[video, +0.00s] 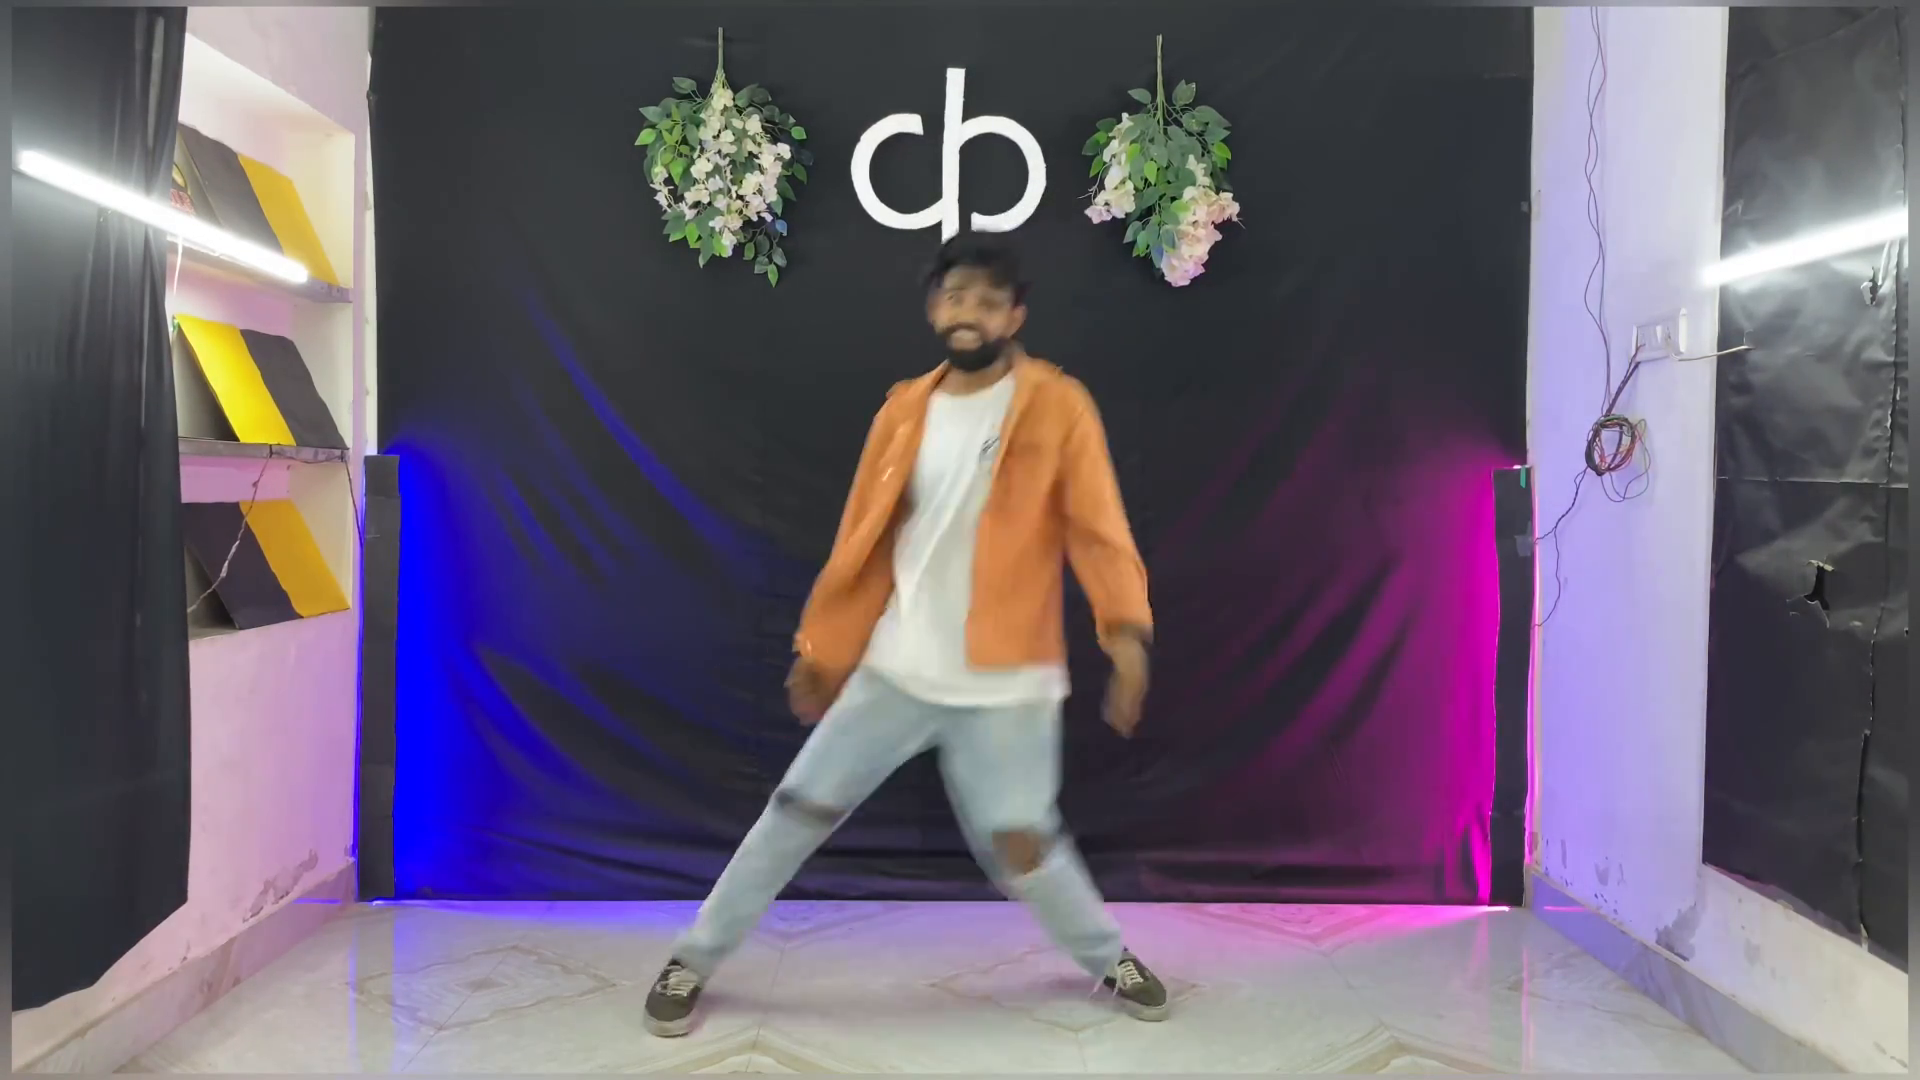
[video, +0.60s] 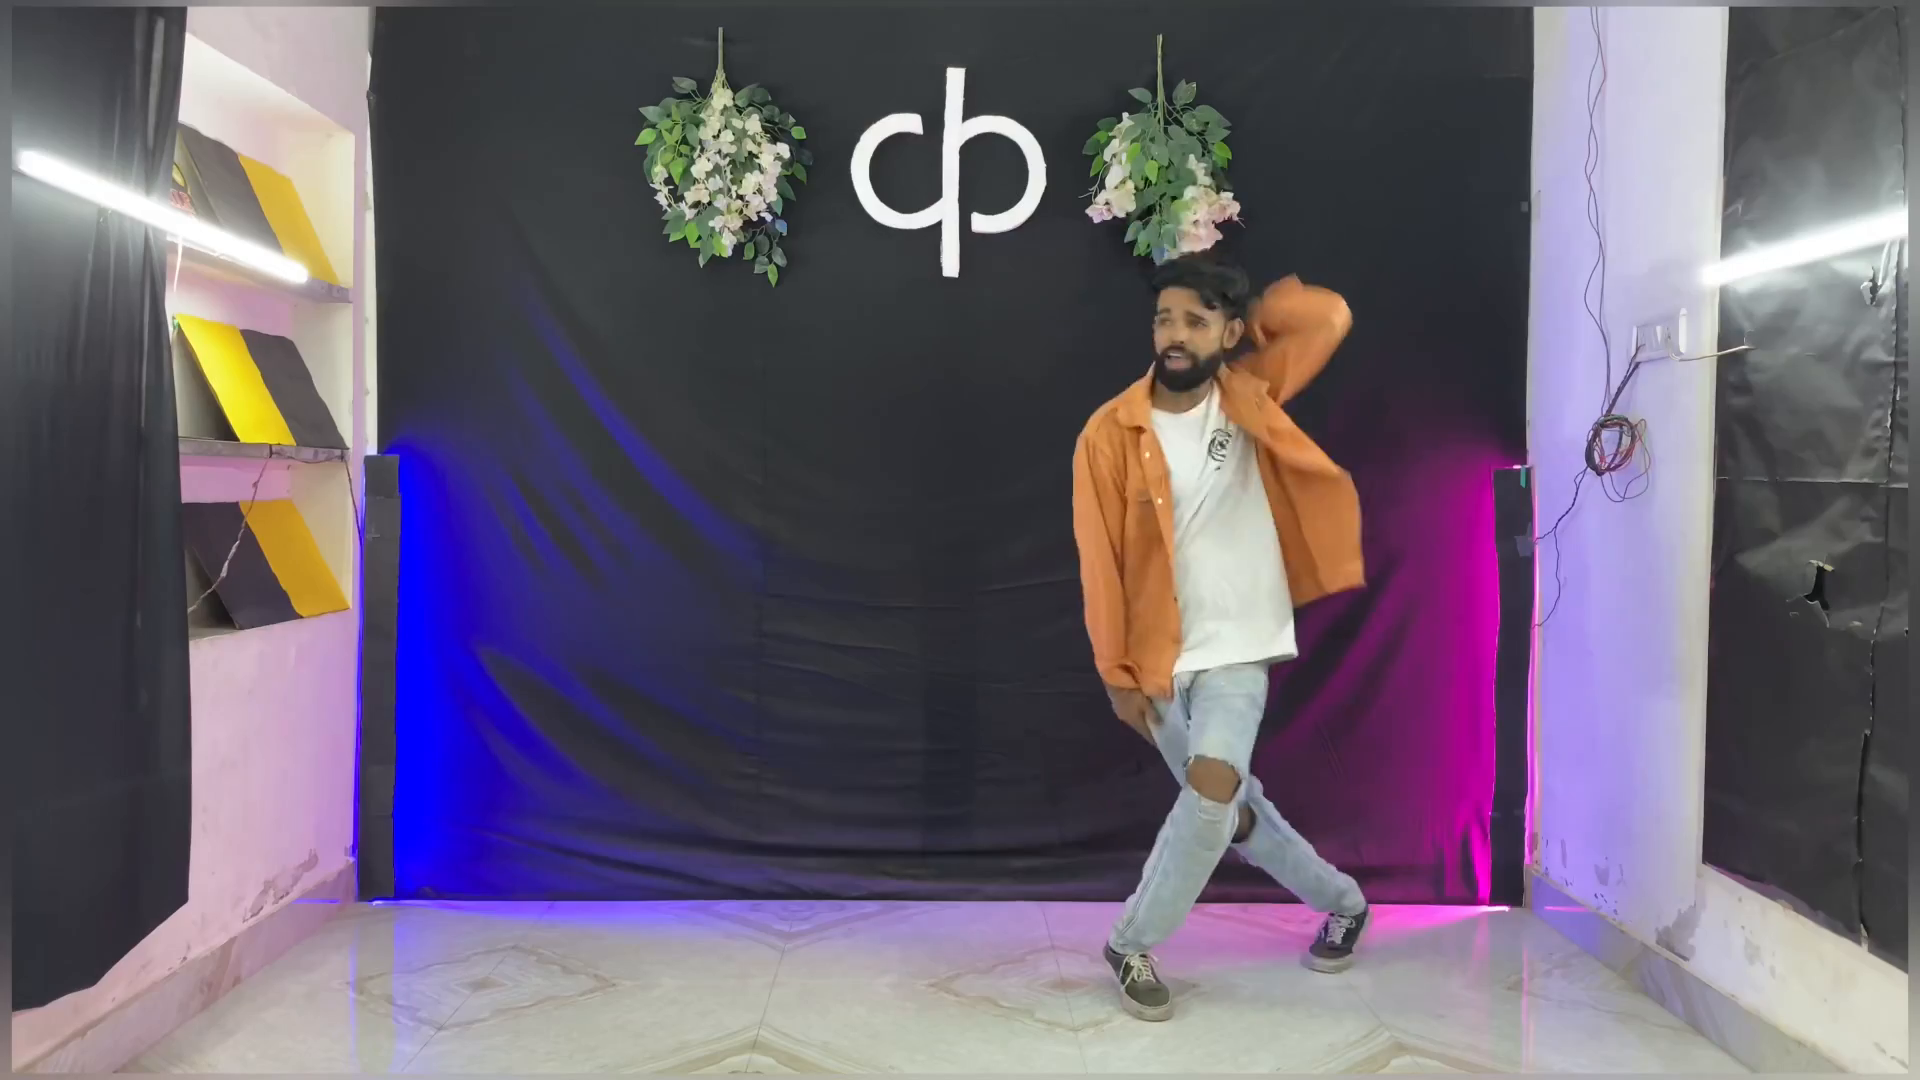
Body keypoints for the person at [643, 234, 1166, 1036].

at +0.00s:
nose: (964, 312)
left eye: (983, 299)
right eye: (951, 297)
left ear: (1016, 312)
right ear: (932, 308)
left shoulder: (1057, 405)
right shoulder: (907, 405)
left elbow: (1099, 527)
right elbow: (863, 535)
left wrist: (1127, 642)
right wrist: (821, 650)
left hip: (1006, 675)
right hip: (898, 665)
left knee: (1020, 843)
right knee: (800, 807)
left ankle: (1113, 961)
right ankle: (692, 959)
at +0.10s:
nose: (1025, 288)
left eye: (1044, 273)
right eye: (1010, 271)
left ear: (1073, 280)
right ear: (986, 276)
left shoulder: (1107, 352)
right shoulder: (957, 365)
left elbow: (1131, 447)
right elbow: (917, 492)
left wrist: (1095, 482)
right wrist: (891, 604)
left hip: (1077, 621)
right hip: (965, 613)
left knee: (1102, 792)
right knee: (880, 768)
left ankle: (1116, 956)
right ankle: (771, 933)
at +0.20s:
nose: (1078, 276)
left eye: (1094, 262)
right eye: (1065, 259)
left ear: (1116, 271)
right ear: (1034, 260)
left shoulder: (1140, 331)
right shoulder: (992, 354)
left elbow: (1176, 369)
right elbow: (960, 481)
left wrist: (1119, 297)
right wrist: (943, 590)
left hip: (1125, 600)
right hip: (1020, 597)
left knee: (1139, 774)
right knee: (970, 750)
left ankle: (1123, 950)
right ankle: (925, 882)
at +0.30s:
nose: (1123, 274)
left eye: (1139, 262)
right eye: (1110, 257)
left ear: (1161, 274)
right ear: (1083, 262)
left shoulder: (1171, 341)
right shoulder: (1030, 351)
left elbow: (1216, 270)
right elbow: (1008, 481)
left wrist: (1152, 221)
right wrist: (1007, 599)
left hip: (1167, 593)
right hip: (1065, 599)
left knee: (1169, 772)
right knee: (1048, 762)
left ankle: (1131, 943)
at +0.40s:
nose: (1170, 283)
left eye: (1186, 271)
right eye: (1155, 263)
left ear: (1202, 280)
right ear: (1123, 263)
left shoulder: (1208, 343)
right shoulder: (1067, 367)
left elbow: (1258, 229)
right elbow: (1046, 498)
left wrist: (1182, 179)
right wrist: (1058, 618)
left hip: (1202, 595)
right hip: (1107, 610)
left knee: (1192, 767)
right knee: (1130, 789)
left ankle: (1134, 943)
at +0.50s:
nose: (1188, 316)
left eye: (1205, 302)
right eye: (1174, 296)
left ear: (1227, 313)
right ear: (1148, 301)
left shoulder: (1239, 376)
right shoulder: (1097, 406)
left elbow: (1291, 260)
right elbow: (1081, 535)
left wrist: (1220, 217)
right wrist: (1102, 648)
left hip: (1230, 610)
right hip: (1143, 624)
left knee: (1208, 776)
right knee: (1214, 789)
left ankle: (1132, 942)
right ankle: (1331, 899)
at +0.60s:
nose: (1172, 334)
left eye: (1192, 320)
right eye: (1162, 317)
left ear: (1232, 331)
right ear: (1150, 324)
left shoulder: (1250, 393)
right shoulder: (1110, 432)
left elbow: (1328, 318)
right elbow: (1098, 558)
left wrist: (1256, 314)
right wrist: (1115, 669)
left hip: (1240, 636)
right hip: (1152, 648)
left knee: (1215, 789)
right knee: (1231, 810)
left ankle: (1131, 944)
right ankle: (1342, 902)